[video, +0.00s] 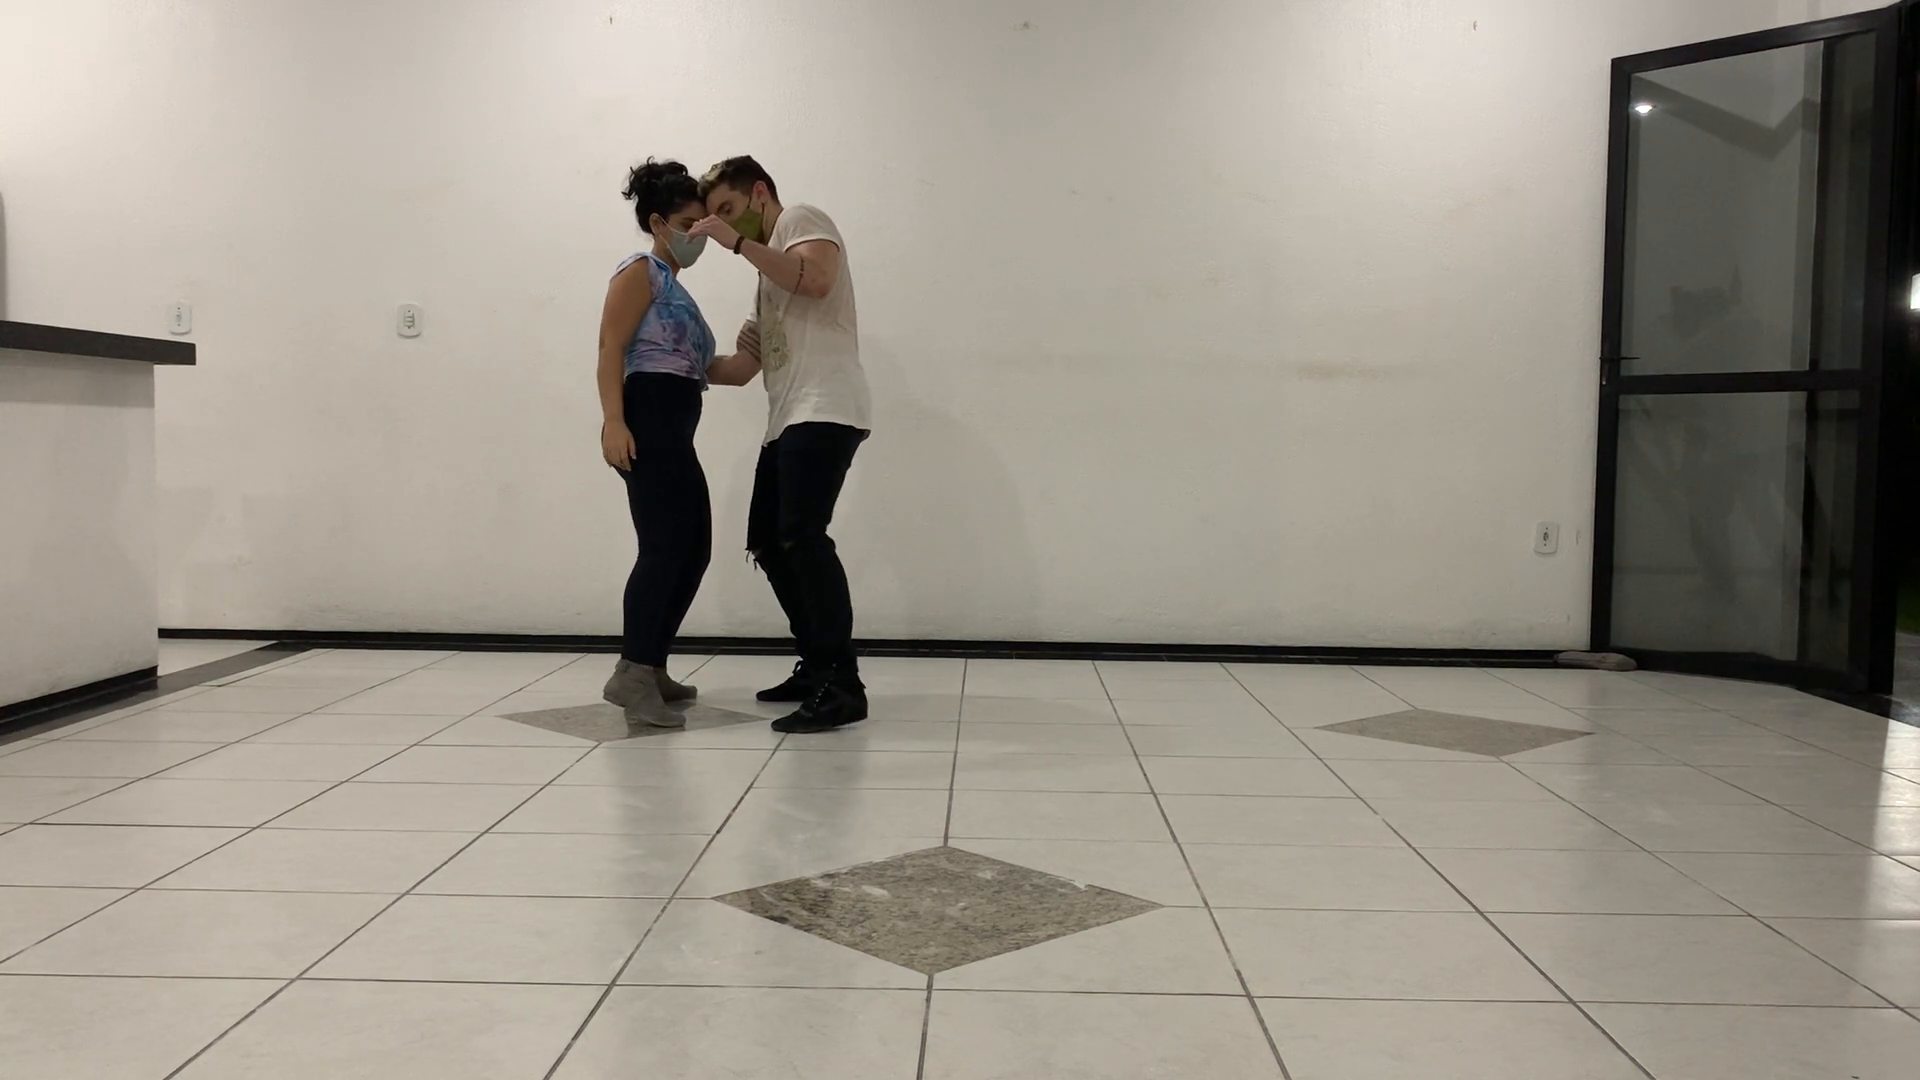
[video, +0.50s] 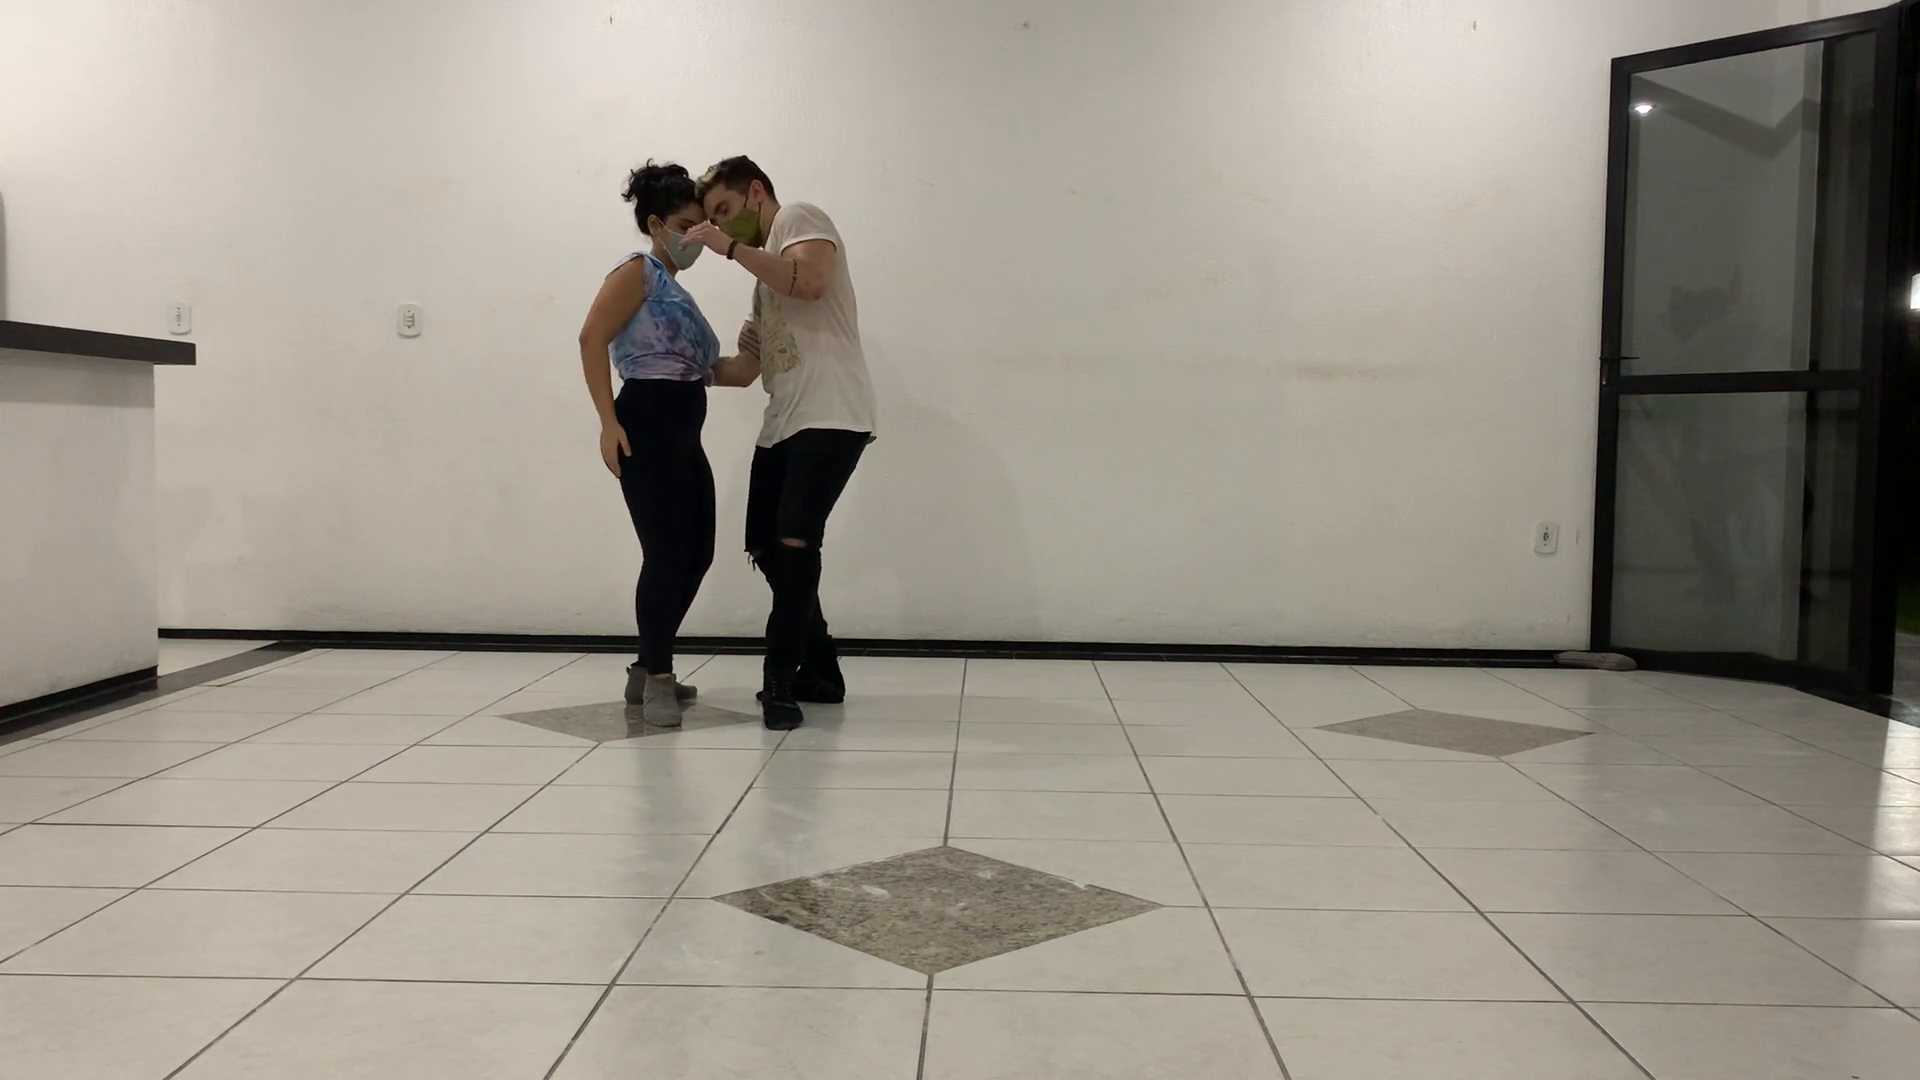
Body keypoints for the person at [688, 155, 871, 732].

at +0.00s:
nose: (726, 228)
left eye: (729, 213)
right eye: (718, 220)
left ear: (762, 193)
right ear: (738, 216)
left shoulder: (803, 219)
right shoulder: (768, 284)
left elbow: (814, 279)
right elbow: (739, 368)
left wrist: (736, 242)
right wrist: (672, 357)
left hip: (826, 408)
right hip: (788, 418)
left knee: (801, 534)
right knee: (767, 540)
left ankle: (842, 687)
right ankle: (817, 668)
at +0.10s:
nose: (723, 227)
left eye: (726, 211)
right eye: (715, 219)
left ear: (760, 193)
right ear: (735, 217)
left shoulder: (803, 218)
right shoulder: (766, 286)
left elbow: (814, 279)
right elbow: (739, 369)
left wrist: (736, 242)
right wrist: (673, 357)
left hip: (829, 402)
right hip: (788, 414)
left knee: (788, 525)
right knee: (765, 537)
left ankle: (831, 678)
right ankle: (813, 666)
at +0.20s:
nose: (723, 228)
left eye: (726, 211)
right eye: (715, 220)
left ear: (759, 193)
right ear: (735, 217)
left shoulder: (803, 218)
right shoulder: (764, 281)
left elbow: (812, 279)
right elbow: (741, 368)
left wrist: (735, 243)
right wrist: (681, 359)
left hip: (830, 402)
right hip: (785, 415)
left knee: (787, 521)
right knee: (765, 539)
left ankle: (812, 675)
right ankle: (817, 666)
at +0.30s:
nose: (722, 229)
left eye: (725, 212)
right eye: (714, 220)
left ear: (759, 193)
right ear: (734, 217)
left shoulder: (802, 219)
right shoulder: (764, 279)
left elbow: (811, 281)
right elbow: (741, 368)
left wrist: (733, 246)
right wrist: (682, 360)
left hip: (831, 407)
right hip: (783, 420)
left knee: (789, 530)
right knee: (765, 543)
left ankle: (788, 683)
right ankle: (821, 671)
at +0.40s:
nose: (722, 227)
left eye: (725, 211)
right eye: (714, 219)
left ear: (758, 193)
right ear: (739, 213)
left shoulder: (802, 218)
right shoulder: (763, 277)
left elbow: (808, 282)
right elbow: (742, 369)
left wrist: (732, 247)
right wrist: (680, 360)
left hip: (832, 410)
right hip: (782, 420)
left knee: (793, 538)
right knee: (765, 543)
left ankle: (775, 681)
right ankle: (820, 669)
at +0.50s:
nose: (722, 227)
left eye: (724, 211)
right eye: (714, 220)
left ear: (757, 192)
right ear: (739, 212)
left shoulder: (802, 218)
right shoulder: (763, 277)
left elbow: (809, 282)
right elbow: (744, 369)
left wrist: (732, 248)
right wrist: (686, 362)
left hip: (833, 411)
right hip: (782, 420)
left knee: (793, 536)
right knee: (765, 543)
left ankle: (778, 683)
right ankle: (820, 671)